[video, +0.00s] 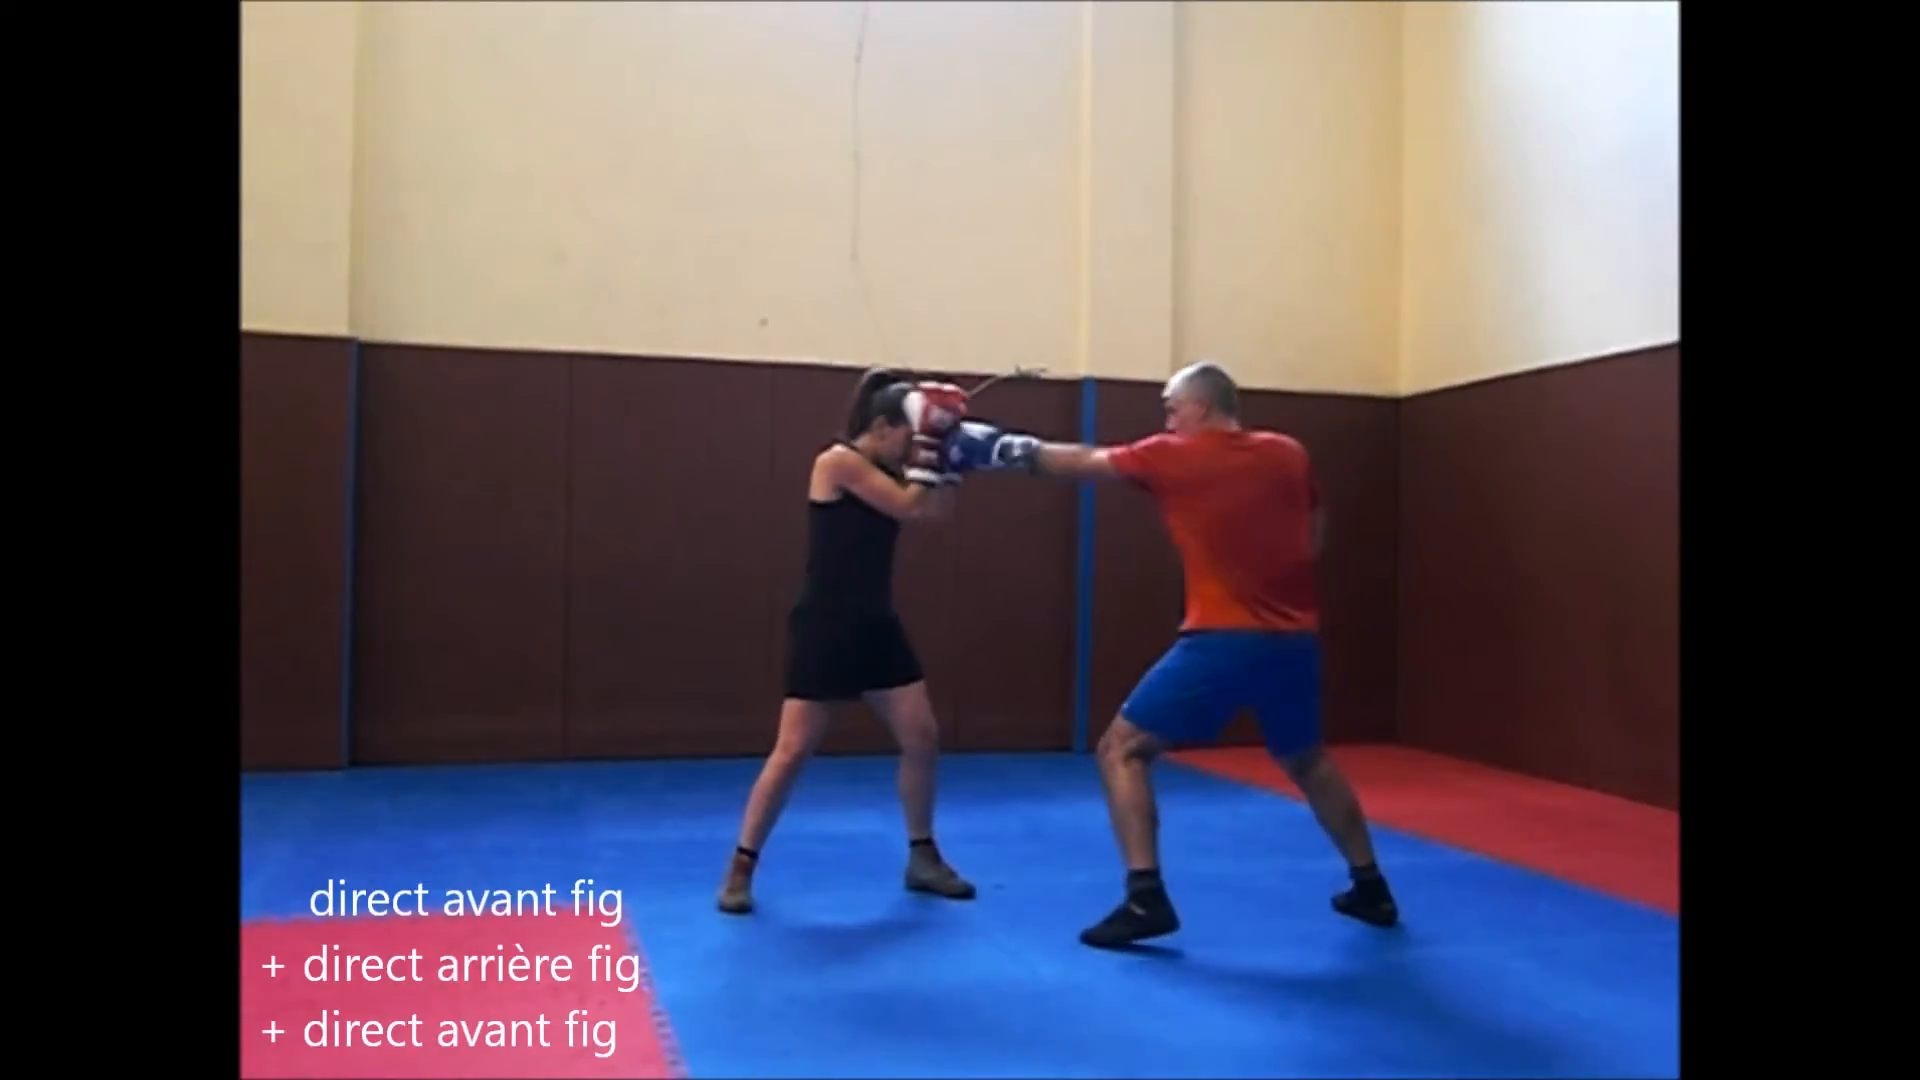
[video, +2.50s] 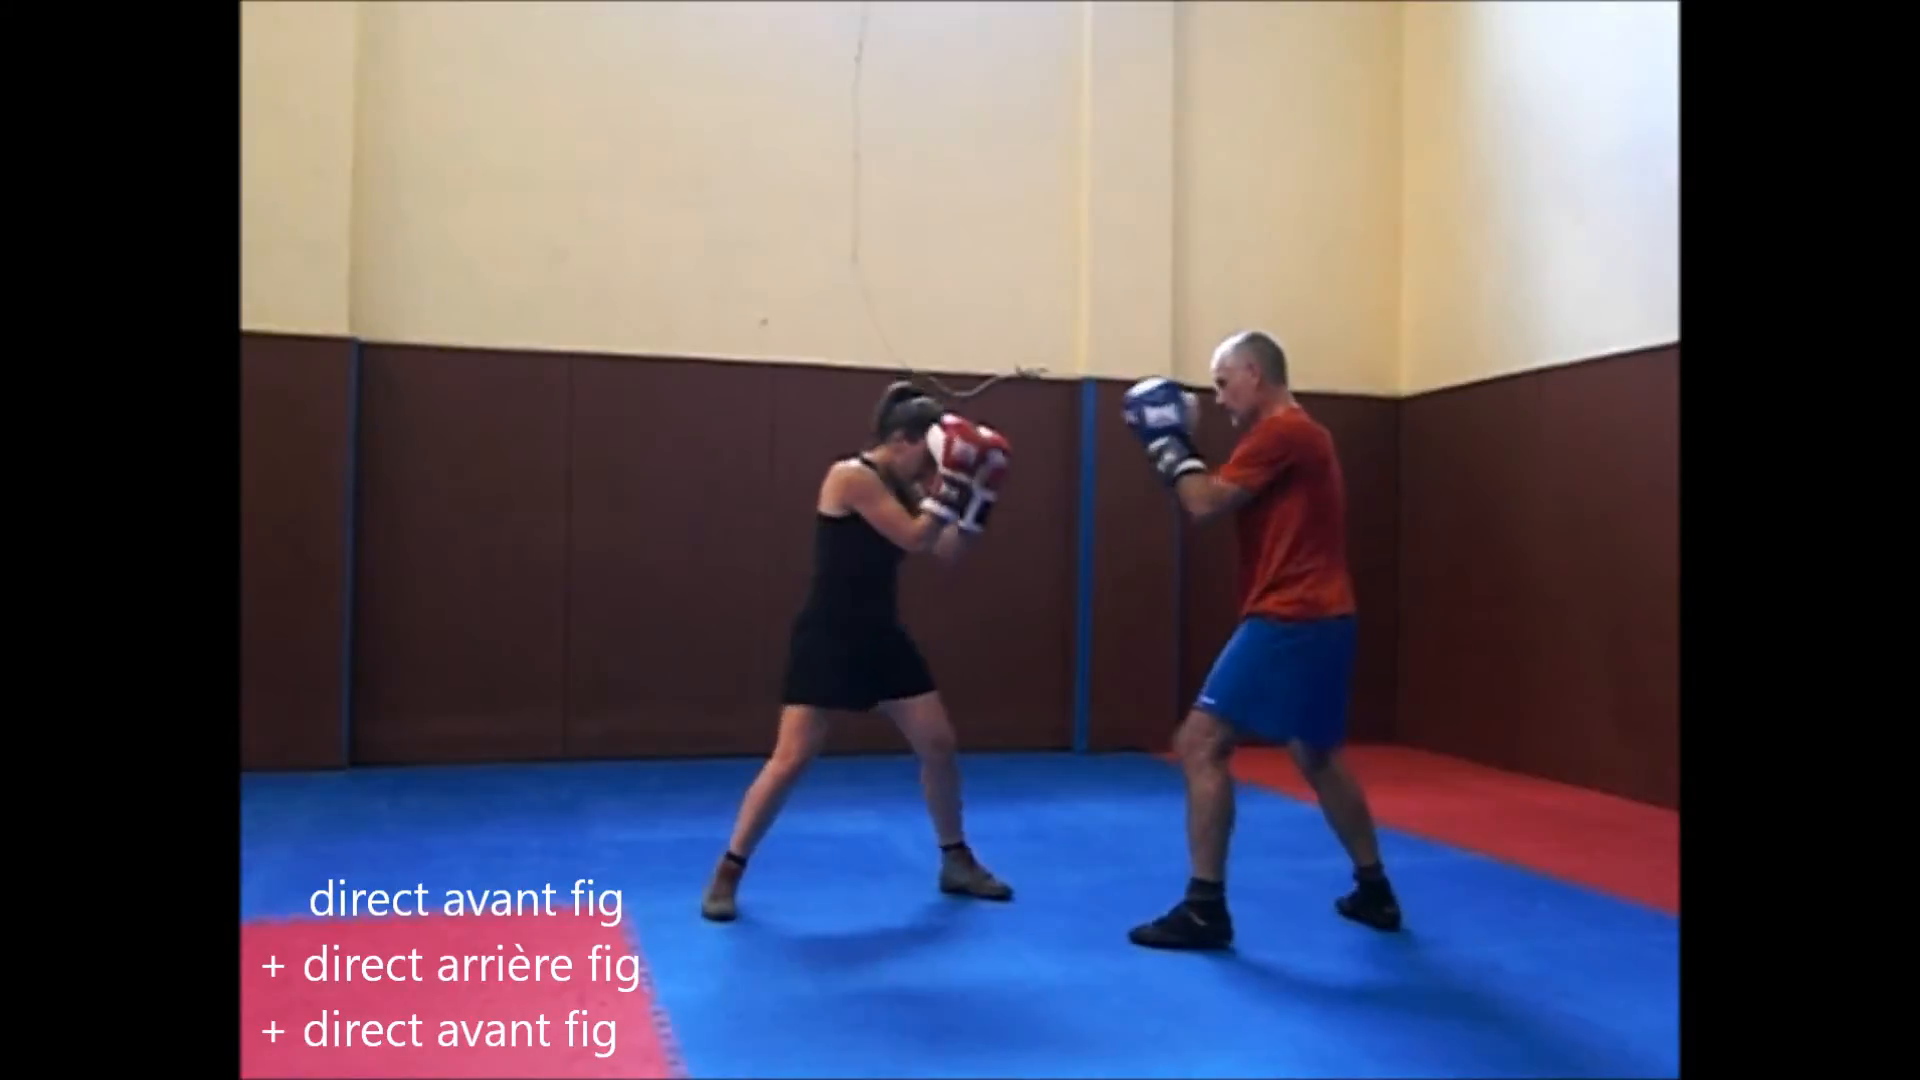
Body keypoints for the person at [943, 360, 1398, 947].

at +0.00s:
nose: (1167, 420)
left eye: (1173, 409)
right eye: (1167, 410)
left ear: (1207, 409)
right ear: (1229, 410)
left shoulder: (1172, 455)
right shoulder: (1290, 452)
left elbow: (1073, 461)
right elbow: (1313, 535)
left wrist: (990, 445)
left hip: (1217, 642)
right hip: (1293, 644)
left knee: (1120, 751)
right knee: (1308, 762)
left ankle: (1146, 899)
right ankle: (1371, 888)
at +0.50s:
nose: (1118, 411)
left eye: (1125, 398)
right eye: (1117, 399)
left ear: (1157, 397)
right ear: (1167, 399)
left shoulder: (1185, 446)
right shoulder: (1211, 440)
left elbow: (1170, 526)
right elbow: (1184, 506)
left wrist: (1096, 494)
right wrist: (1124, 476)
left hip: (1206, 630)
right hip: (1259, 624)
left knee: (1104, 744)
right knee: (1289, 756)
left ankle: (1142, 897)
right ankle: (1367, 871)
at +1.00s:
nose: (1170, 397)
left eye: (1175, 384)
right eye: (1169, 386)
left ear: (1203, 380)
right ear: (1220, 380)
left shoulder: (1222, 432)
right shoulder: (1269, 430)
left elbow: (1168, 509)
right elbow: (1212, 500)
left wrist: (1131, 458)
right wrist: (1173, 446)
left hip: (1241, 610)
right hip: (1291, 607)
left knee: (1143, 737)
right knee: (1305, 752)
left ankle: (1175, 893)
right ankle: (1368, 882)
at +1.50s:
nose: (1204, 415)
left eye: (1206, 401)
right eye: (1200, 404)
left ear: (1232, 394)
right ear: (1249, 395)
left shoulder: (1259, 448)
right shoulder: (1282, 447)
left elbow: (1165, 503)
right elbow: (1190, 497)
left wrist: (1154, 434)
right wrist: (1173, 436)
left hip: (1278, 631)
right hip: (1317, 631)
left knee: (1175, 747)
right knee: (1325, 766)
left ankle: (1201, 905)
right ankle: (1400, 889)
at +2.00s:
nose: (1229, 409)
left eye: (1230, 396)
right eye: (1226, 397)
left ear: (1251, 387)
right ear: (1269, 386)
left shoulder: (1278, 440)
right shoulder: (1302, 440)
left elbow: (1189, 493)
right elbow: (1206, 483)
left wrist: (1172, 427)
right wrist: (1190, 426)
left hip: (1290, 630)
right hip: (1328, 630)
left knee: (1193, 746)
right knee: (1334, 767)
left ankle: (1203, 907)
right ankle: (1401, 890)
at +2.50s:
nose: (1220, 395)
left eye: (1226, 381)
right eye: (1218, 383)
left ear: (1260, 376)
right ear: (1267, 377)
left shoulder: (1281, 434)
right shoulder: (1300, 433)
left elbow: (1202, 499)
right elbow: (1213, 495)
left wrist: (1167, 438)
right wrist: (1171, 443)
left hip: (1284, 619)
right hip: (1325, 618)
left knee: (1200, 743)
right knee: (1318, 756)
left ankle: (1205, 908)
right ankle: (1375, 890)